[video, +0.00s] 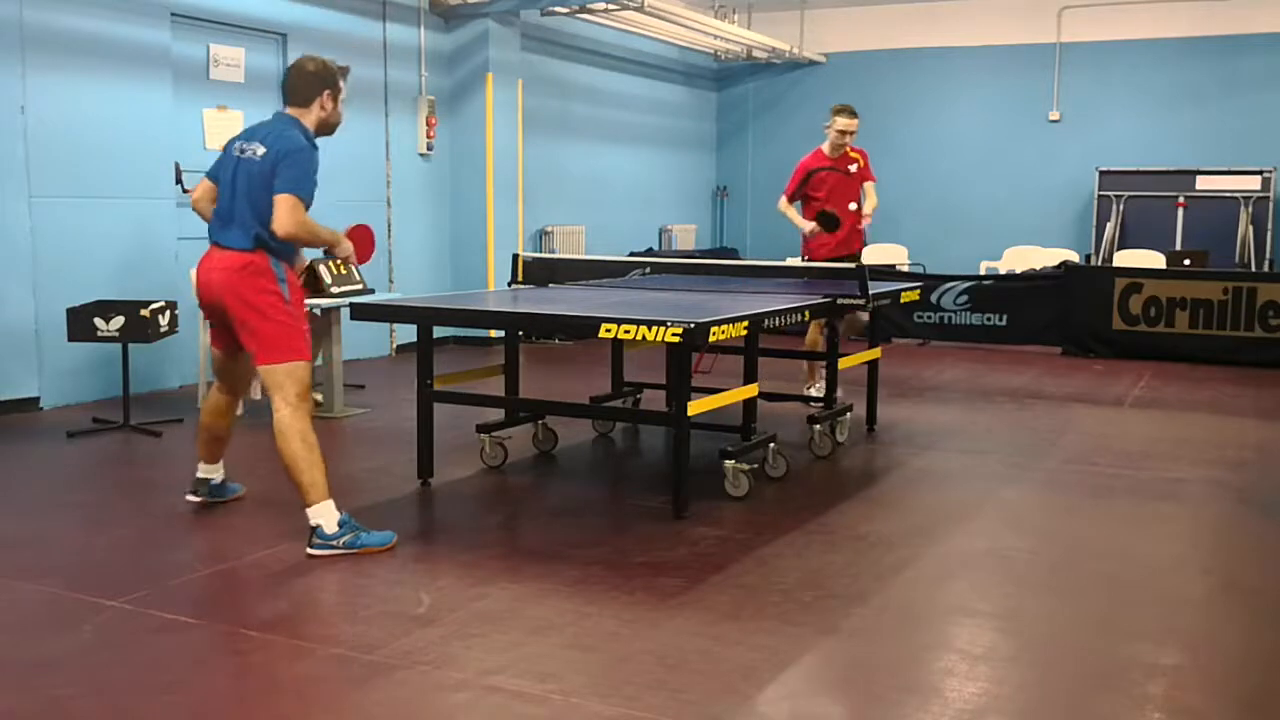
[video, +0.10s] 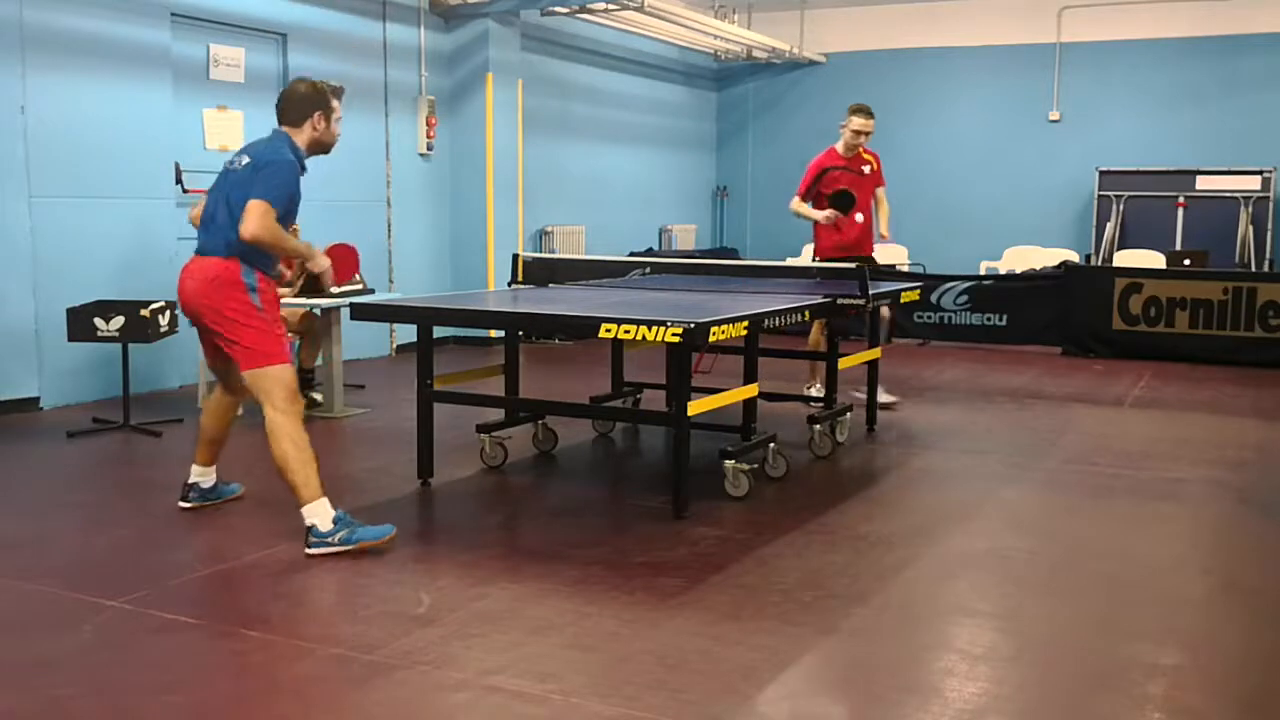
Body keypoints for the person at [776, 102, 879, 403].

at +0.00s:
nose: (846, 139)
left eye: (851, 134)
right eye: (840, 132)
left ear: (856, 133)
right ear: (828, 129)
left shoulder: (858, 157)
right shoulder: (810, 163)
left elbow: (870, 193)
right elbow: (784, 203)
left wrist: (866, 210)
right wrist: (802, 224)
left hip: (851, 252)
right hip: (820, 254)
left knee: (856, 317)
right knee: (819, 321)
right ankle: (813, 382)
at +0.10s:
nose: (861, 140)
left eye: (866, 134)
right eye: (856, 133)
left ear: (871, 134)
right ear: (843, 128)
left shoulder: (871, 160)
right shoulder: (822, 162)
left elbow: (880, 198)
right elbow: (795, 204)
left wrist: (883, 229)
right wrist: (818, 215)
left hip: (863, 256)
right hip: (829, 257)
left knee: (880, 315)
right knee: (822, 321)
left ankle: (872, 383)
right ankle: (813, 382)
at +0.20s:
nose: (876, 141)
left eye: (881, 136)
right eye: (871, 134)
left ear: (886, 136)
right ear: (858, 129)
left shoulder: (886, 164)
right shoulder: (839, 163)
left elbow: (892, 204)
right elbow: (814, 206)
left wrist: (896, 243)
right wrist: (831, 215)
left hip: (876, 258)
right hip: (842, 260)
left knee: (892, 320)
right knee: (830, 323)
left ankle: (910, 388)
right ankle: (815, 383)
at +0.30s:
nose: (889, 143)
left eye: (895, 137)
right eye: (885, 136)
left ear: (901, 137)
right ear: (872, 131)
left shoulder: (902, 166)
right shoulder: (855, 167)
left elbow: (903, 212)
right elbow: (834, 207)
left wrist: (908, 257)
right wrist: (846, 224)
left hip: (895, 264)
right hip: (860, 266)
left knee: (912, 324)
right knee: (849, 326)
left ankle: (921, 393)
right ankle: (819, 381)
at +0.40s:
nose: (902, 140)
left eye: (907, 135)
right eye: (897, 133)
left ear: (914, 135)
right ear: (886, 129)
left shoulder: (918, 164)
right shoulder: (871, 166)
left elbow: (920, 208)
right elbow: (852, 210)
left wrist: (921, 247)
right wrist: (860, 242)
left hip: (914, 261)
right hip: (880, 265)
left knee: (926, 323)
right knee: (879, 331)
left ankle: (923, 394)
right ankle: (834, 372)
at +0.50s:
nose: (910, 137)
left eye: (917, 131)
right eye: (905, 131)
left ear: (924, 130)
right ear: (895, 128)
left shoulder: (931, 161)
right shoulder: (883, 163)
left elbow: (934, 203)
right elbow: (861, 208)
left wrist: (936, 242)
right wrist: (866, 245)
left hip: (926, 259)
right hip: (894, 262)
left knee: (931, 324)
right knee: (901, 326)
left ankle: (923, 394)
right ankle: (865, 376)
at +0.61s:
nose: (914, 135)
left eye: (920, 129)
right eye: (909, 129)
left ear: (929, 128)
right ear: (900, 127)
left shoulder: (944, 161)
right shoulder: (887, 164)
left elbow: (949, 203)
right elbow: (867, 209)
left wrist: (952, 246)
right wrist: (872, 244)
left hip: (936, 256)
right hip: (902, 257)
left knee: (935, 326)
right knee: (916, 323)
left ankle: (925, 393)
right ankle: (909, 392)